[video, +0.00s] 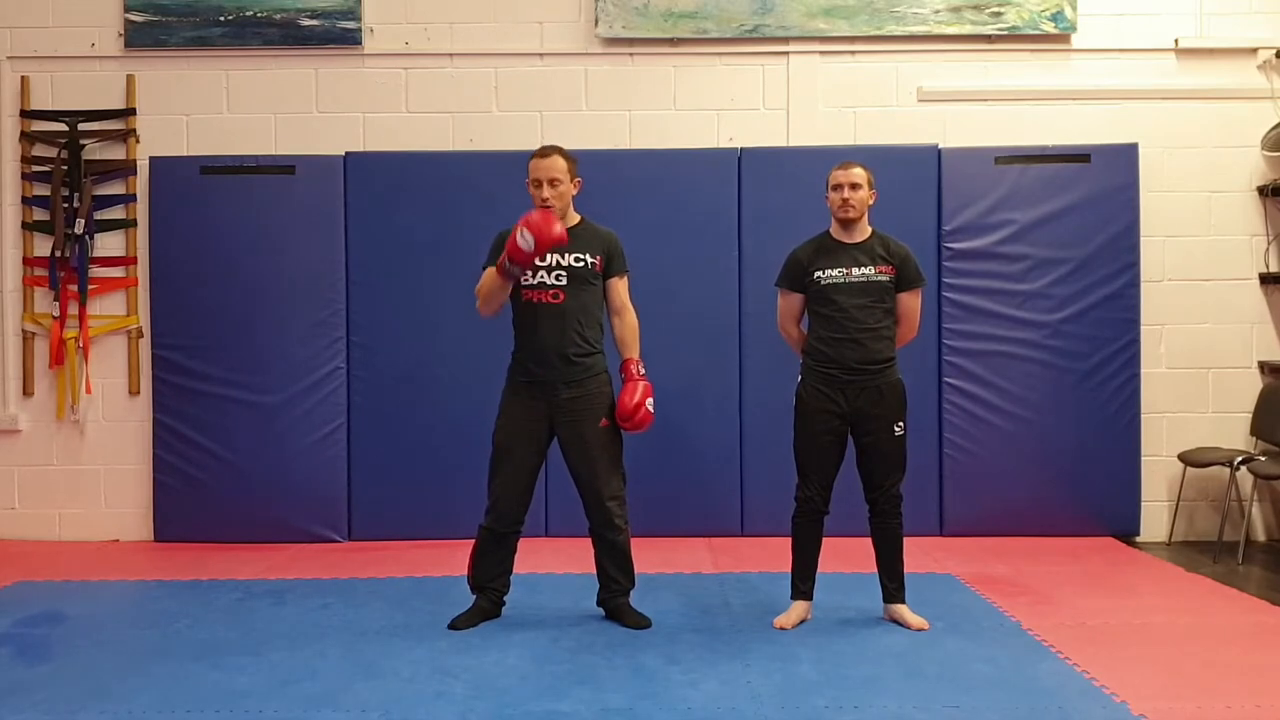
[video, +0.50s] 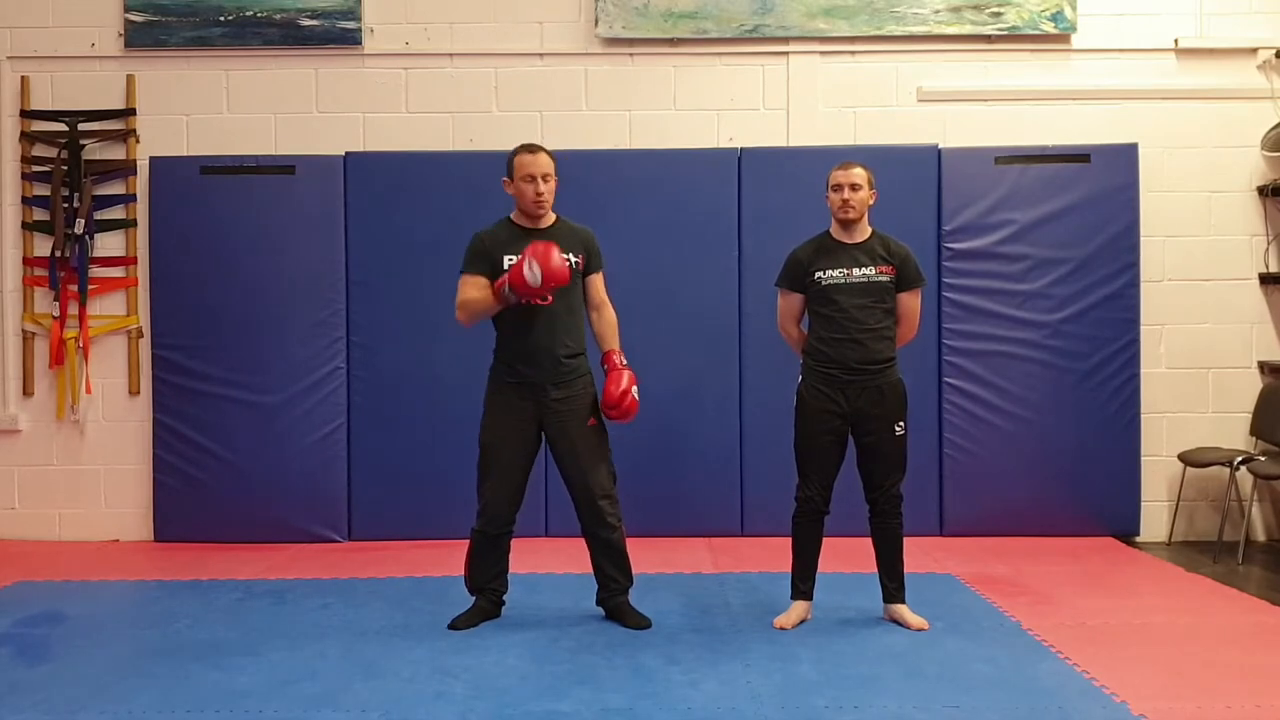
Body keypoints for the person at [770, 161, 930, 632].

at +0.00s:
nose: (845, 195)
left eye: (854, 187)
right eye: (837, 188)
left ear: (871, 195)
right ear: (827, 197)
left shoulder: (897, 255)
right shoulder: (805, 258)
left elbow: (908, 327)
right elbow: (788, 325)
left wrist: (865, 352)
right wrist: (822, 357)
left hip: (880, 392)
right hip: (820, 393)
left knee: (886, 499)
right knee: (810, 497)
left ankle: (894, 601)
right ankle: (801, 599)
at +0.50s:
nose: (845, 196)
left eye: (854, 188)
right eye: (837, 188)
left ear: (872, 196)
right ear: (827, 197)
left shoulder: (897, 256)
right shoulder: (805, 258)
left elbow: (908, 327)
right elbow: (788, 325)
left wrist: (866, 353)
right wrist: (822, 357)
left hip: (880, 392)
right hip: (821, 393)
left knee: (886, 499)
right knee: (811, 497)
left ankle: (894, 601)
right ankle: (801, 599)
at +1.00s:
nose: (835, 202)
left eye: (845, 194)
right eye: (831, 194)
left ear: (871, 199)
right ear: (828, 199)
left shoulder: (900, 255)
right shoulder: (812, 259)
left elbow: (923, 322)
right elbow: (807, 325)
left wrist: (908, 376)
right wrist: (805, 376)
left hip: (884, 390)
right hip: (824, 391)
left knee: (888, 500)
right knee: (810, 496)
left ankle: (892, 600)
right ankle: (799, 597)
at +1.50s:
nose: (838, 207)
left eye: (847, 198)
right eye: (837, 198)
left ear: (876, 200)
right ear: (853, 201)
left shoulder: (904, 250)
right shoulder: (839, 253)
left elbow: (917, 314)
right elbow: (831, 311)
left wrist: (892, 343)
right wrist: (819, 323)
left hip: (888, 383)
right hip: (840, 381)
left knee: (888, 490)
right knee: (825, 484)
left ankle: (892, 602)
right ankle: (851, 586)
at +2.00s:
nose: (823, 217)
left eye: (830, 207)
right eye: (820, 208)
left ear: (857, 203)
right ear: (823, 208)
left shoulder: (883, 253)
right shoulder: (827, 253)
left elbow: (893, 328)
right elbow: (807, 319)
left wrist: (842, 368)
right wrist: (806, 276)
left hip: (868, 383)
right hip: (829, 382)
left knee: (868, 490)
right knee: (840, 490)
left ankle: (893, 600)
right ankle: (857, 591)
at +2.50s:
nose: (831, 216)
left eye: (837, 207)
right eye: (828, 208)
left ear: (865, 204)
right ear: (848, 207)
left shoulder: (886, 252)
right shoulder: (843, 254)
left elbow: (897, 325)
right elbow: (825, 328)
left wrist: (840, 358)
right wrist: (816, 288)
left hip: (873, 383)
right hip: (843, 382)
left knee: (875, 493)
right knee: (845, 490)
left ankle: (907, 609)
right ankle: (859, 592)